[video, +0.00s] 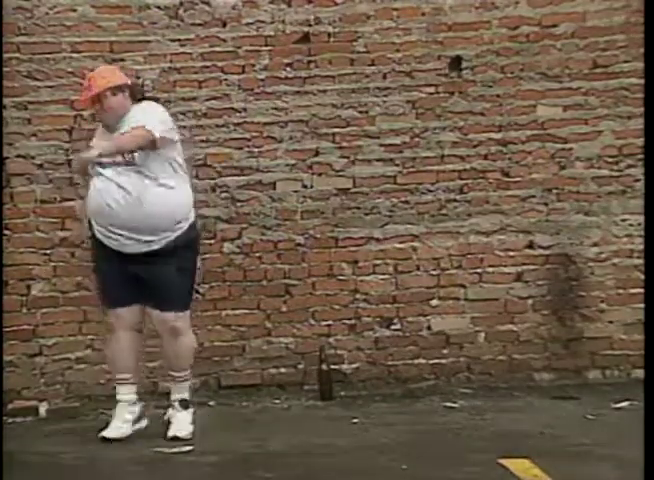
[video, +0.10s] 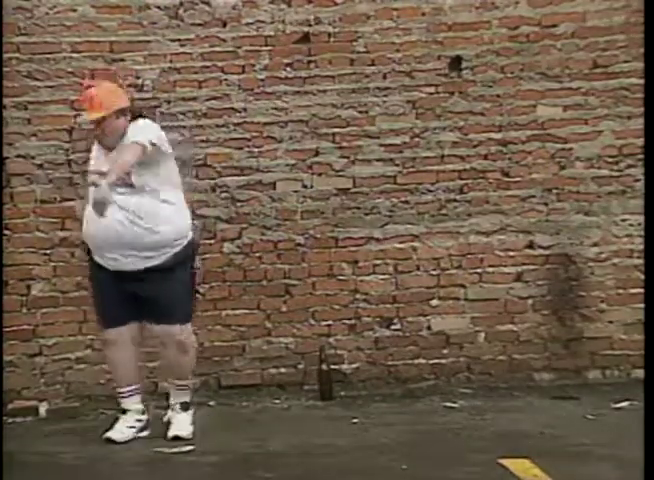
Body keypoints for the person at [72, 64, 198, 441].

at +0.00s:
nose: (95, 109)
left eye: (99, 100)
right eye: (93, 104)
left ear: (121, 94)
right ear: (97, 105)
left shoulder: (150, 113)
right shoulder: (102, 134)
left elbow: (141, 139)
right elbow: (89, 179)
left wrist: (98, 149)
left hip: (168, 240)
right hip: (114, 241)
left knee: (173, 322)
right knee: (122, 322)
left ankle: (181, 406)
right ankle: (127, 405)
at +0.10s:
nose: (95, 130)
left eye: (101, 122)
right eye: (92, 123)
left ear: (123, 116)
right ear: (93, 122)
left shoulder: (146, 130)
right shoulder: (99, 149)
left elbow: (133, 151)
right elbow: (100, 196)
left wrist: (115, 170)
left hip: (165, 257)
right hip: (109, 262)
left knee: (177, 335)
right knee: (117, 336)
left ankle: (180, 410)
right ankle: (133, 412)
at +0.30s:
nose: (99, 122)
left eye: (106, 115)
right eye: (93, 115)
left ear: (123, 105)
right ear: (84, 110)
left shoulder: (149, 130)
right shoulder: (87, 141)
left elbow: (190, 169)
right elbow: (81, 189)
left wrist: (179, 212)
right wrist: (49, 181)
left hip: (155, 246)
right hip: (103, 252)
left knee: (163, 330)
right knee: (115, 332)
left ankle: (181, 404)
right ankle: (132, 410)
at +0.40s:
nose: (102, 104)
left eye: (110, 97)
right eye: (96, 97)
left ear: (127, 92)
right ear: (87, 94)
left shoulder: (153, 118)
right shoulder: (77, 126)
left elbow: (196, 161)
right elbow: (61, 175)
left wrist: (198, 198)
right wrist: (29, 173)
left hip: (160, 226)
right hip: (107, 239)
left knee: (170, 314)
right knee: (118, 324)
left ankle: (201, 394)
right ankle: (136, 407)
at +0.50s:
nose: (105, 109)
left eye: (115, 102)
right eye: (99, 101)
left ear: (131, 101)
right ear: (90, 99)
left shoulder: (150, 125)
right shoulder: (73, 131)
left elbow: (195, 153)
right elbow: (33, 166)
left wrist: (208, 177)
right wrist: (7, 172)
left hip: (160, 230)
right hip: (107, 247)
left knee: (173, 311)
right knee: (122, 335)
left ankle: (223, 382)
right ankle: (145, 414)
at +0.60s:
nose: (105, 117)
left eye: (114, 110)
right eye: (99, 109)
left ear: (131, 110)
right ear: (90, 108)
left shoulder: (152, 139)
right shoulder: (73, 145)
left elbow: (192, 163)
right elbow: (27, 168)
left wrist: (201, 158)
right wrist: (5, 173)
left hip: (159, 245)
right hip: (103, 263)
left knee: (175, 309)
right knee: (115, 341)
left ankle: (228, 376)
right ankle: (144, 414)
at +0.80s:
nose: (102, 104)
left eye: (110, 97)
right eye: (96, 98)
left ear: (130, 92)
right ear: (89, 97)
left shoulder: (157, 118)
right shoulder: (82, 135)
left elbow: (194, 151)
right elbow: (64, 181)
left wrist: (175, 168)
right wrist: (50, 205)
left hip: (162, 241)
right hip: (104, 248)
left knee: (168, 323)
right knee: (120, 330)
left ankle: (172, 410)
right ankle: (139, 408)